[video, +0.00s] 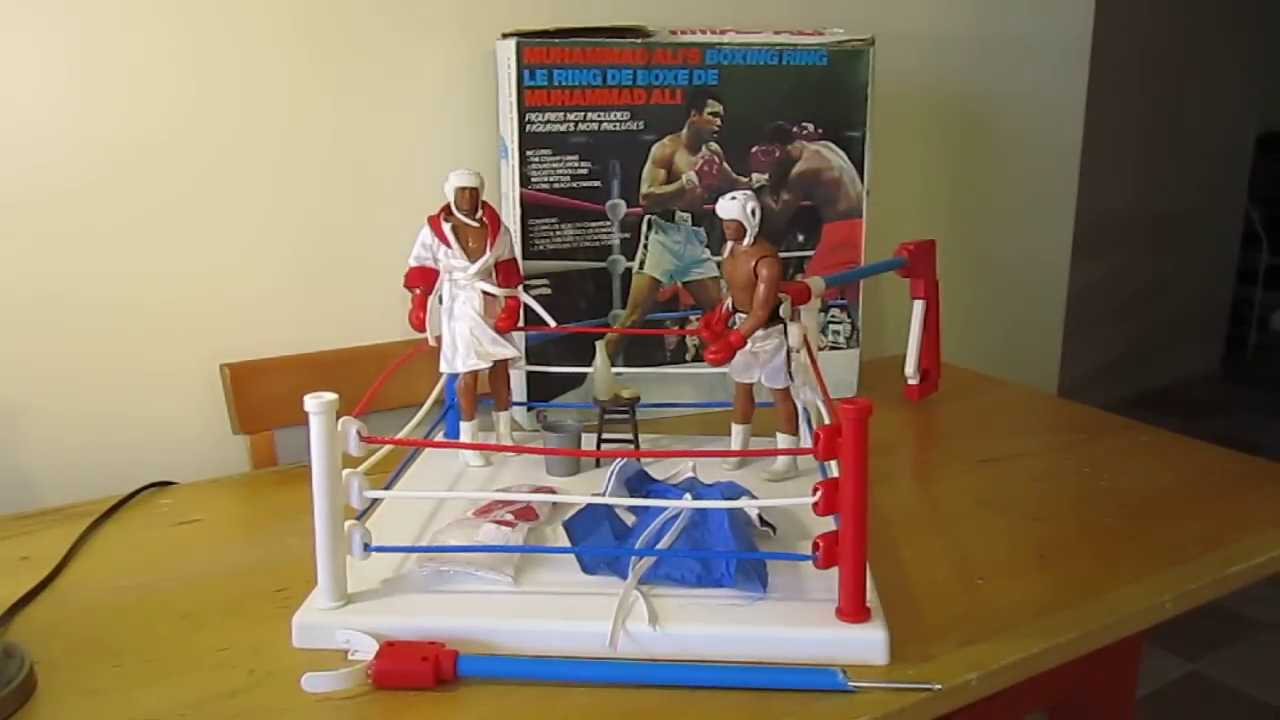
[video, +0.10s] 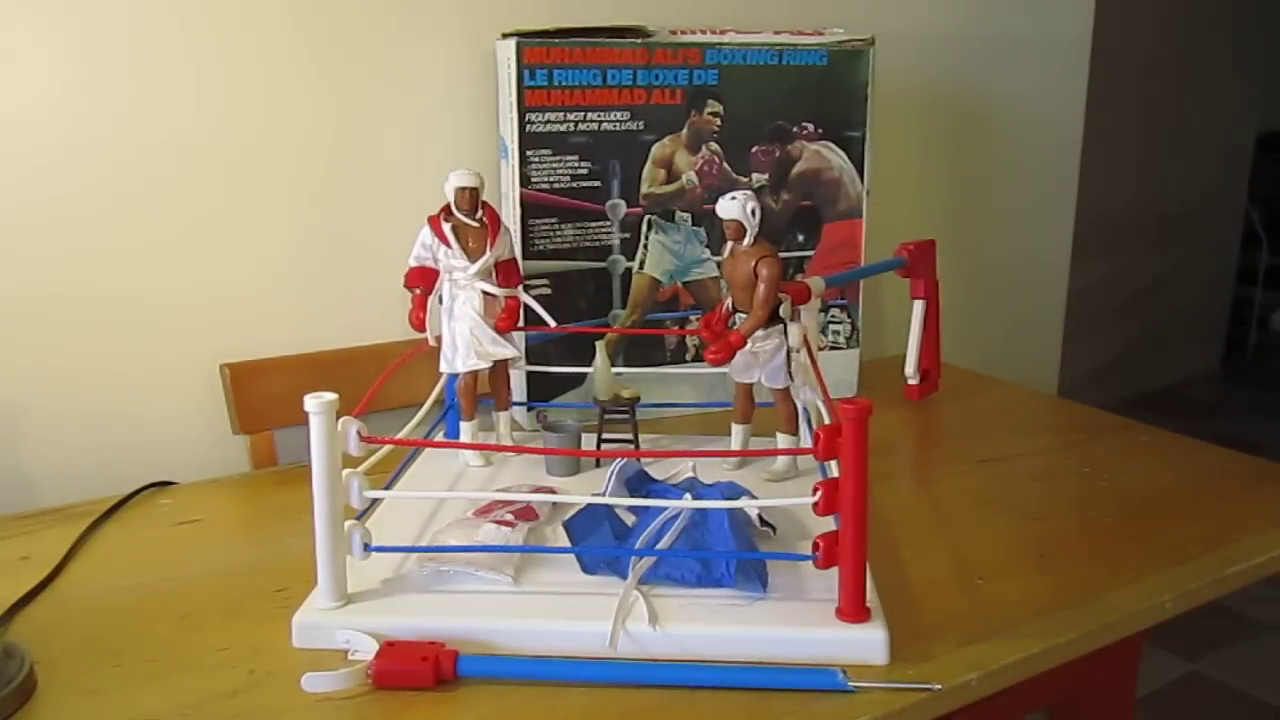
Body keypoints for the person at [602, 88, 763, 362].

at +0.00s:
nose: (718, 122)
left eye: (720, 116)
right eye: (713, 115)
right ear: (694, 115)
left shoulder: (712, 151)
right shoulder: (665, 148)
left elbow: (731, 181)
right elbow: (646, 197)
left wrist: (752, 181)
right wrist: (682, 184)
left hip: (693, 237)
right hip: (660, 235)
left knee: (719, 309)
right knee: (635, 315)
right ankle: (597, 371)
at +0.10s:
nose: (719, 122)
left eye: (720, 116)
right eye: (713, 115)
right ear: (694, 115)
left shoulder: (712, 151)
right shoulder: (665, 148)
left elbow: (730, 181)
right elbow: (646, 197)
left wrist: (752, 181)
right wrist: (682, 184)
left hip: (693, 237)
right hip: (660, 235)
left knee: (719, 309)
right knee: (635, 315)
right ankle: (597, 371)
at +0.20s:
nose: (719, 122)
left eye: (720, 117)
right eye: (713, 115)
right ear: (693, 115)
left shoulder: (712, 151)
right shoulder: (665, 149)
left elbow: (730, 181)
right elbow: (647, 197)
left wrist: (752, 182)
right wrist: (683, 184)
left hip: (693, 238)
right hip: (660, 235)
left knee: (719, 310)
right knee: (634, 316)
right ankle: (597, 372)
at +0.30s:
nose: (718, 122)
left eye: (720, 116)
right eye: (713, 115)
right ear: (694, 115)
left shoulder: (712, 150)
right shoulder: (665, 148)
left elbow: (730, 181)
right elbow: (646, 197)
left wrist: (755, 181)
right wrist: (683, 183)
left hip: (693, 237)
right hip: (660, 235)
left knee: (719, 310)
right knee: (634, 315)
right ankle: (596, 372)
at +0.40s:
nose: (718, 122)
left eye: (720, 116)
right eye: (713, 115)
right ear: (694, 115)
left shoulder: (712, 150)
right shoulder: (665, 148)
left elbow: (730, 181)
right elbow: (646, 196)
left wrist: (755, 181)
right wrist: (683, 183)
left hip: (693, 238)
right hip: (660, 235)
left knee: (719, 310)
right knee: (635, 315)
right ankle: (596, 371)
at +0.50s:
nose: (718, 122)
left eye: (720, 116)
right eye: (713, 114)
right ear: (694, 115)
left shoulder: (712, 150)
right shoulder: (665, 148)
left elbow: (731, 182)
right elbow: (646, 197)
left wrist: (755, 180)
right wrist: (683, 183)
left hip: (693, 237)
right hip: (660, 235)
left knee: (719, 310)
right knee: (634, 315)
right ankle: (596, 372)